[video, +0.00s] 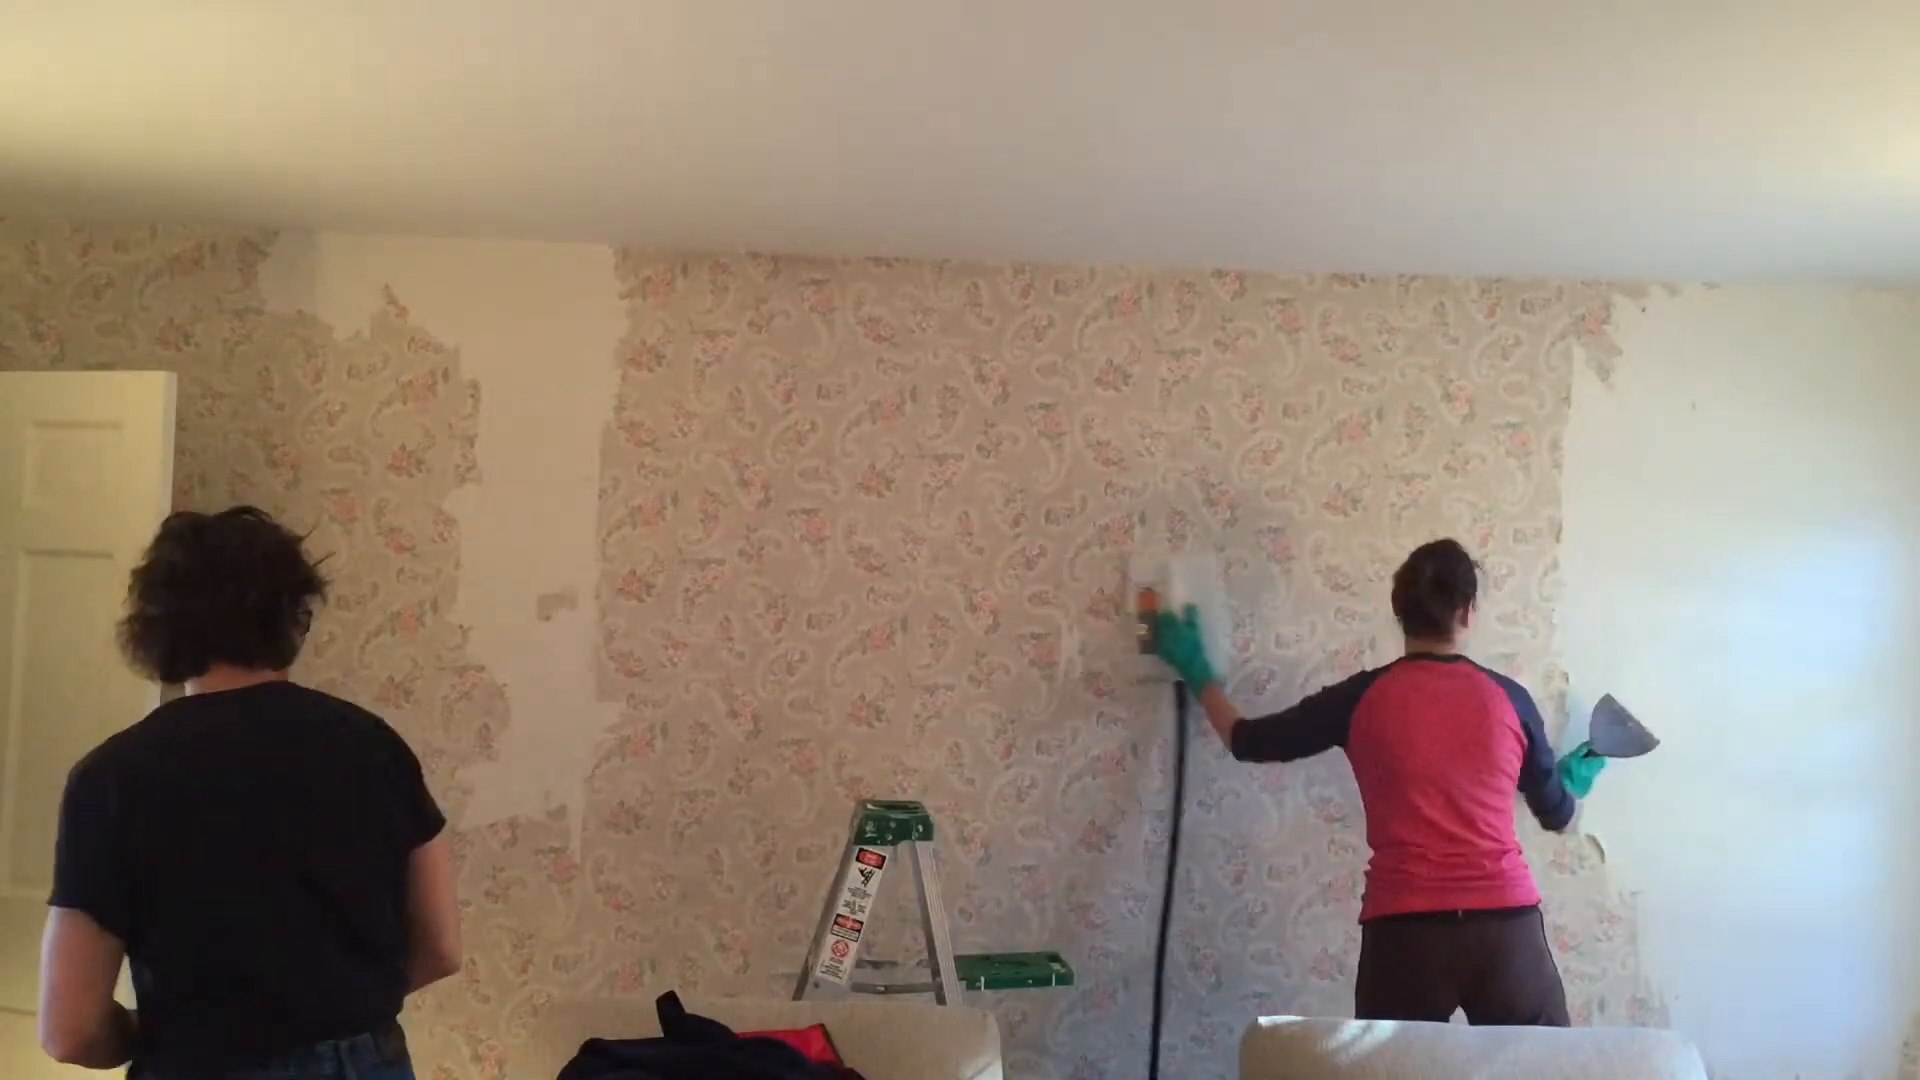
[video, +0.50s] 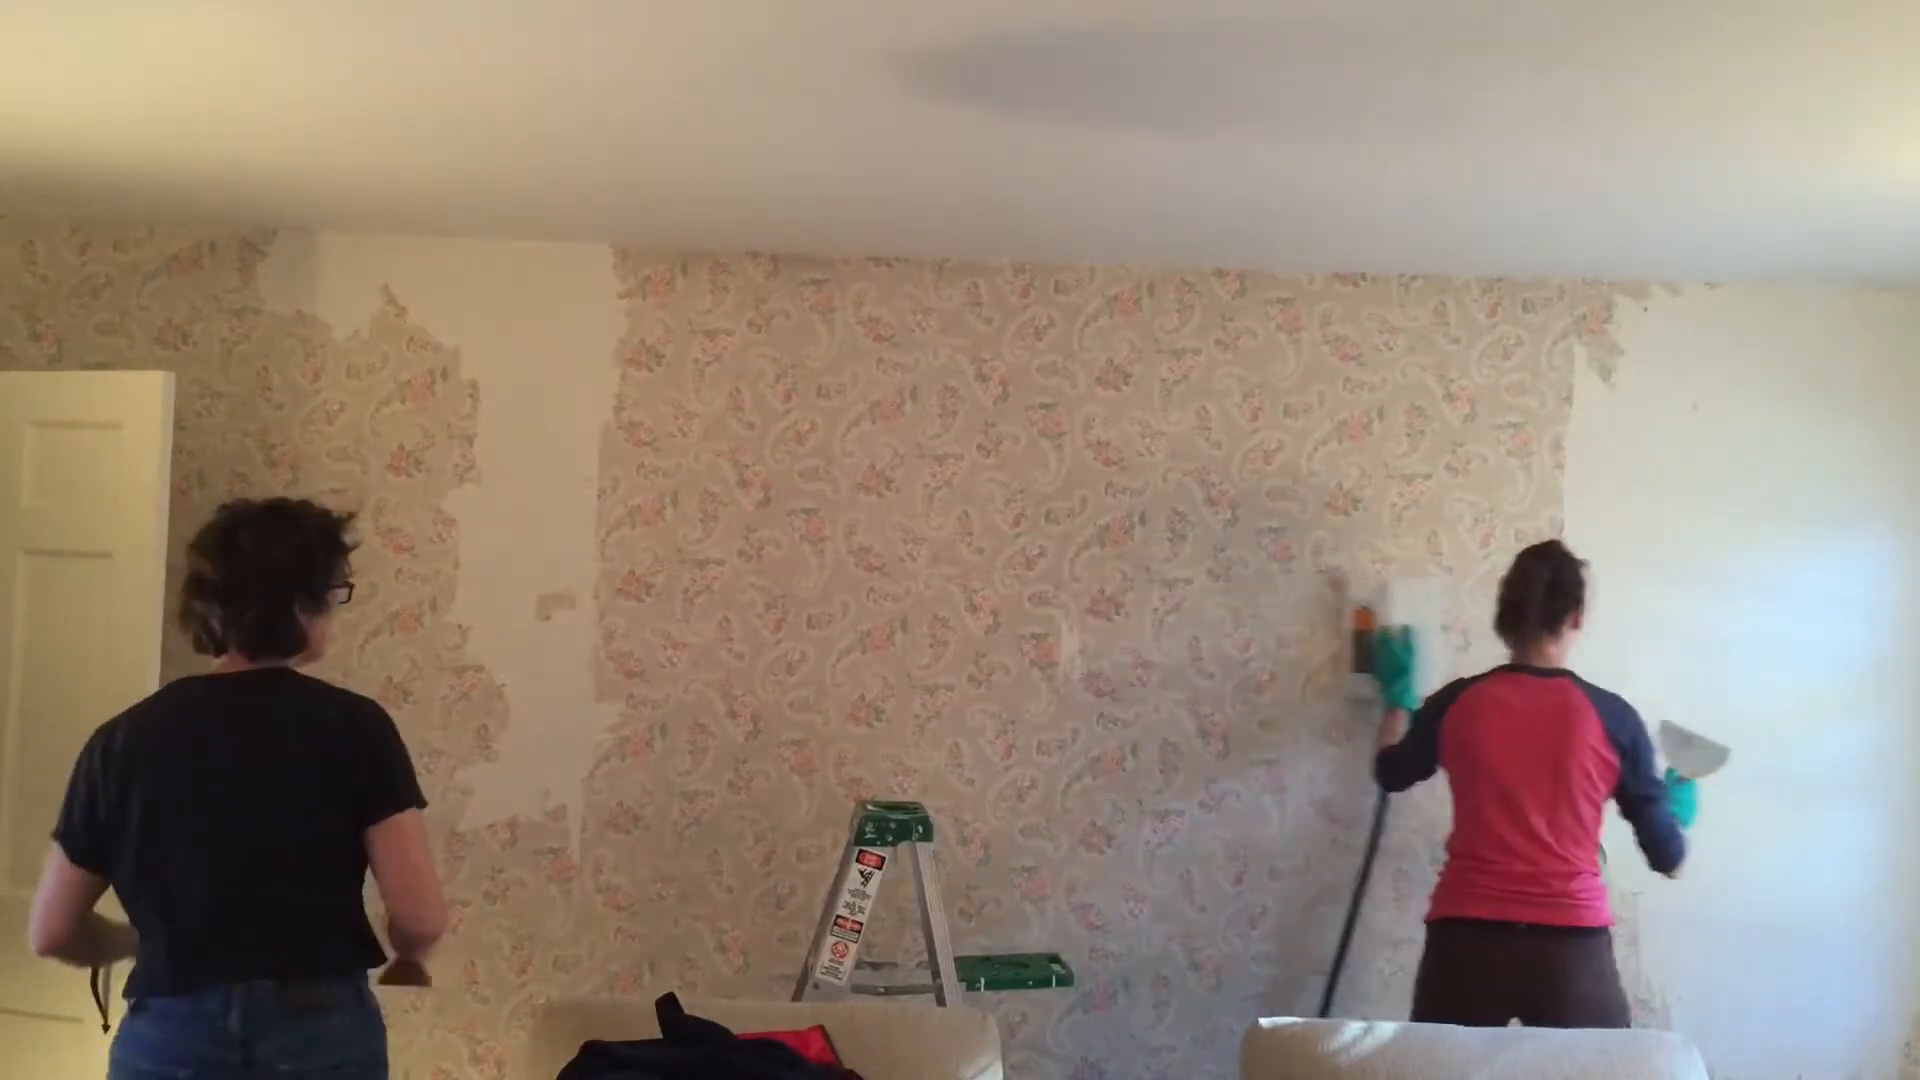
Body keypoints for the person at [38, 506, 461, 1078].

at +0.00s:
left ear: (158, 622)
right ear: (292, 613)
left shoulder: (112, 777)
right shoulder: (370, 743)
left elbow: (71, 1032)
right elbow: (438, 948)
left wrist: (173, 1030)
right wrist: (337, 994)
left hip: (196, 1066)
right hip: (364, 1059)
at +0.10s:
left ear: (154, 627)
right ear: (284, 618)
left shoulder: (101, 780)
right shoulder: (357, 747)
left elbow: (57, 1024)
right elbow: (426, 951)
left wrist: (157, 1019)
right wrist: (327, 995)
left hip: (185, 1066)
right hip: (355, 1060)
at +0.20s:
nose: (300, 630)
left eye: (300, 614)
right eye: (298, 615)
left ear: (159, 624)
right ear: (284, 623)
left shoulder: (100, 776)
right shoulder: (348, 748)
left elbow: (45, 1006)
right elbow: (418, 946)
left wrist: (141, 1012)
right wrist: (330, 990)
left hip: (186, 1063)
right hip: (347, 1057)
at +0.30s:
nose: (312, 625)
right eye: (309, 610)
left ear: (173, 617)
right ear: (294, 621)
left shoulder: (108, 762)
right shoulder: (349, 742)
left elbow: (41, 981)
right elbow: (421, 931)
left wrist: (136, 998)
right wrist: (337, 979)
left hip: (183, 1058)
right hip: (346, 1049)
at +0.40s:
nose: (320, 626)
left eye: (321, 606)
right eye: (315, 606)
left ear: (188, 610)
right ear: (294, 615)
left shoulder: (112, 751)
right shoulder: (353, 731)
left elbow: (40, 953)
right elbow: (425, 917)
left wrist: (125, 968)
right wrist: (353, 961)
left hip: (180, 1044)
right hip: (338, 1039)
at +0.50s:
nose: (338, 612)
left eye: (340, 594)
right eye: (335, 594)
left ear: (207, 603)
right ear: (301, 603)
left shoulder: (122, 740)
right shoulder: (356, 725)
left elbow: (52, 934)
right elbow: (421, 918)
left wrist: (149, 938)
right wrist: (408, 955)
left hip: (167, 1037)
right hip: (326, 1037)